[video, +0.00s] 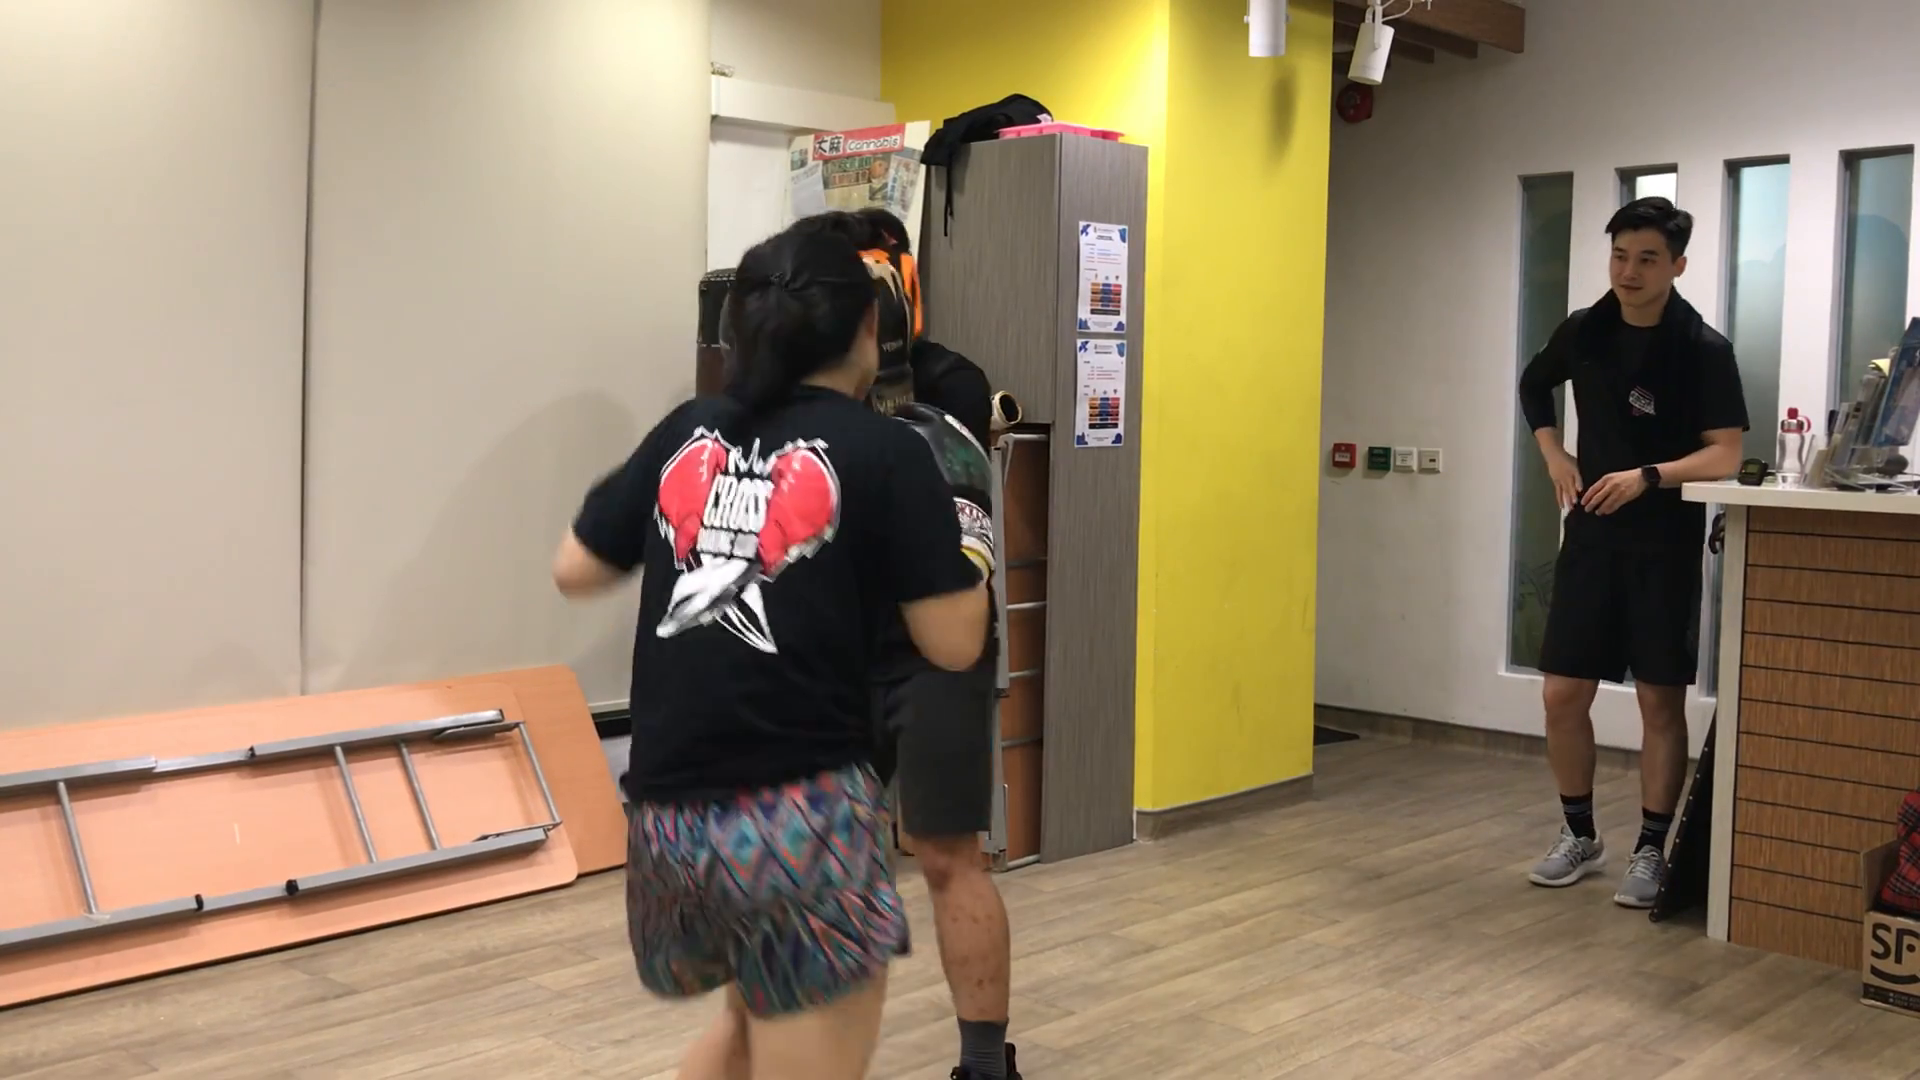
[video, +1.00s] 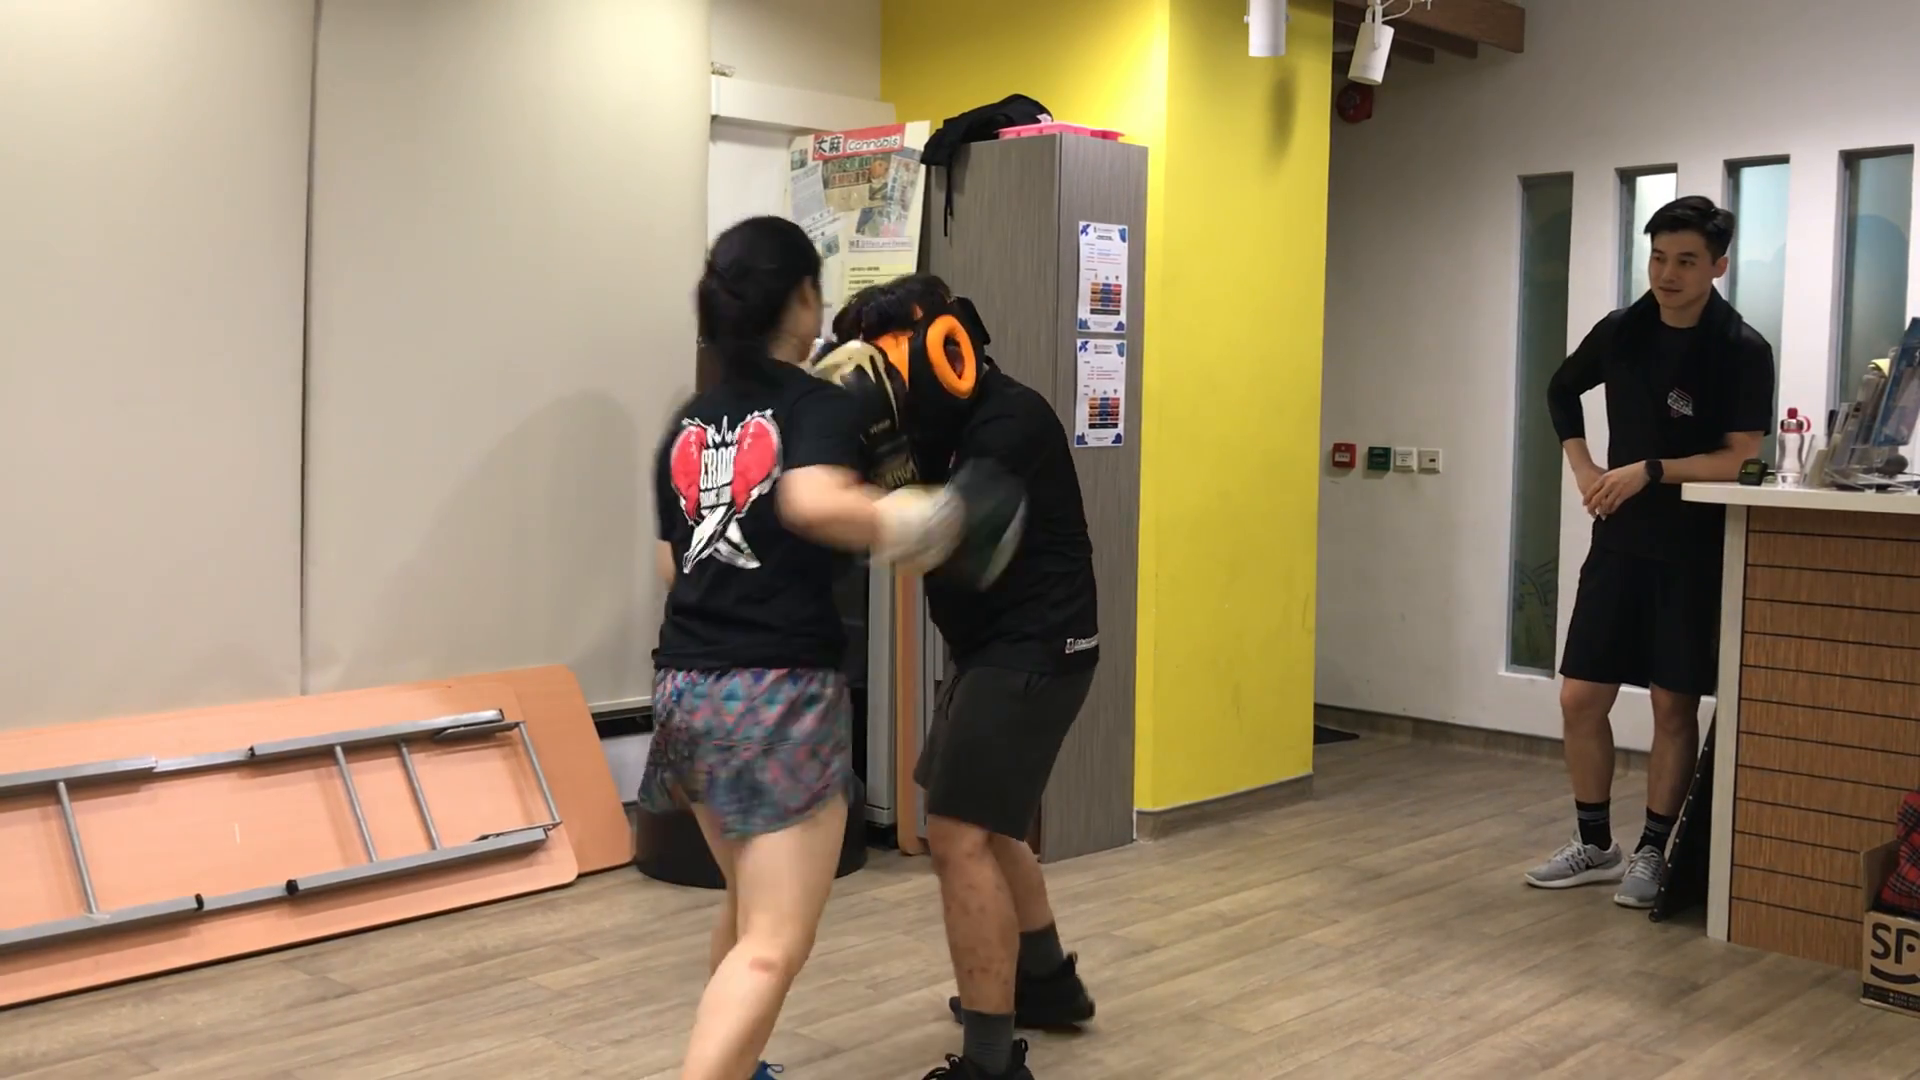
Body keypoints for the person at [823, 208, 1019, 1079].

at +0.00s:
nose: (860, 297)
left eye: (868, 274)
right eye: (847, 277)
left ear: (897, 279)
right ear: (823, 292)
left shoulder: (949, 386)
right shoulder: (796, 394)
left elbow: (966, 530)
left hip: (935, 653)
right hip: (827, 652)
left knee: (949, 857)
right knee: (817, 858)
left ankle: (985, 1060)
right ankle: (790, 1058)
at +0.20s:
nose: (880, 314)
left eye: (894, 295)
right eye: (871, 298)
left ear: (934, 301)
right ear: (858, 309)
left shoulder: (982, 397)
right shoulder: (857, 402)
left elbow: (916, 526)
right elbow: (839, 519)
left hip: (976, 654)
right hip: (885, 646)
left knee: (970, 855)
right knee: (876, 801)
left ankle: (987, 1061)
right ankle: (890, 981)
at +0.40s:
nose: (869, 328)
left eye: (881, 309)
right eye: (859, 315)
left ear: (937, 302)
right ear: (865, 320)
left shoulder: (1007, 394)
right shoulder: (901, 395)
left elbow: (949, 515)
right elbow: (824, 487)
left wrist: (900, 407)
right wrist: (839, 379)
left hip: (1004, 649)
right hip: (929, 645)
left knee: (974, 856)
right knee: (925, 827)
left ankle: (989, 1060)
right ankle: (1020, 953)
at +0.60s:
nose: (879, 327)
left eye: (887, 306)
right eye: (872, 310)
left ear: (941, 300)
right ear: (924, 308)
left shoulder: (1009, 388)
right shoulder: (937, 394)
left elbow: (929, 480)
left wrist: (887, 375)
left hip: (1026, 642)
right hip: (968, 641)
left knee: (965, 834)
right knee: (1007, 824)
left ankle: (983, 1061)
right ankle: (1043, 988)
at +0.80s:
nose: (878, 332)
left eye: (886, 315)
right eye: (876, 317)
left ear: (939, 309)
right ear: (930, 313)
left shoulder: (1009, 393)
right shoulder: (943, 393)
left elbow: (916, 498)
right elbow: (864, 484)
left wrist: (890, 393)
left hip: (1026, 633)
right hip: (990, 631)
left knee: (961, 826)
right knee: (1004, 821)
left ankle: (988, 1057)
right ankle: (1045, 990)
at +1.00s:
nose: (875, 386)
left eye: (881, 366)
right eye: (869, 369)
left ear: (931, 353)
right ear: (939, 350)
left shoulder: (1010, 420)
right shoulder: (948, 425)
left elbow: (957, 545)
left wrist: (884, 472)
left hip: (1037, 649)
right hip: (997, 646)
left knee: (955, 832)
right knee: (989, 820)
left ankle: (988, 1056)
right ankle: (1046, 980)